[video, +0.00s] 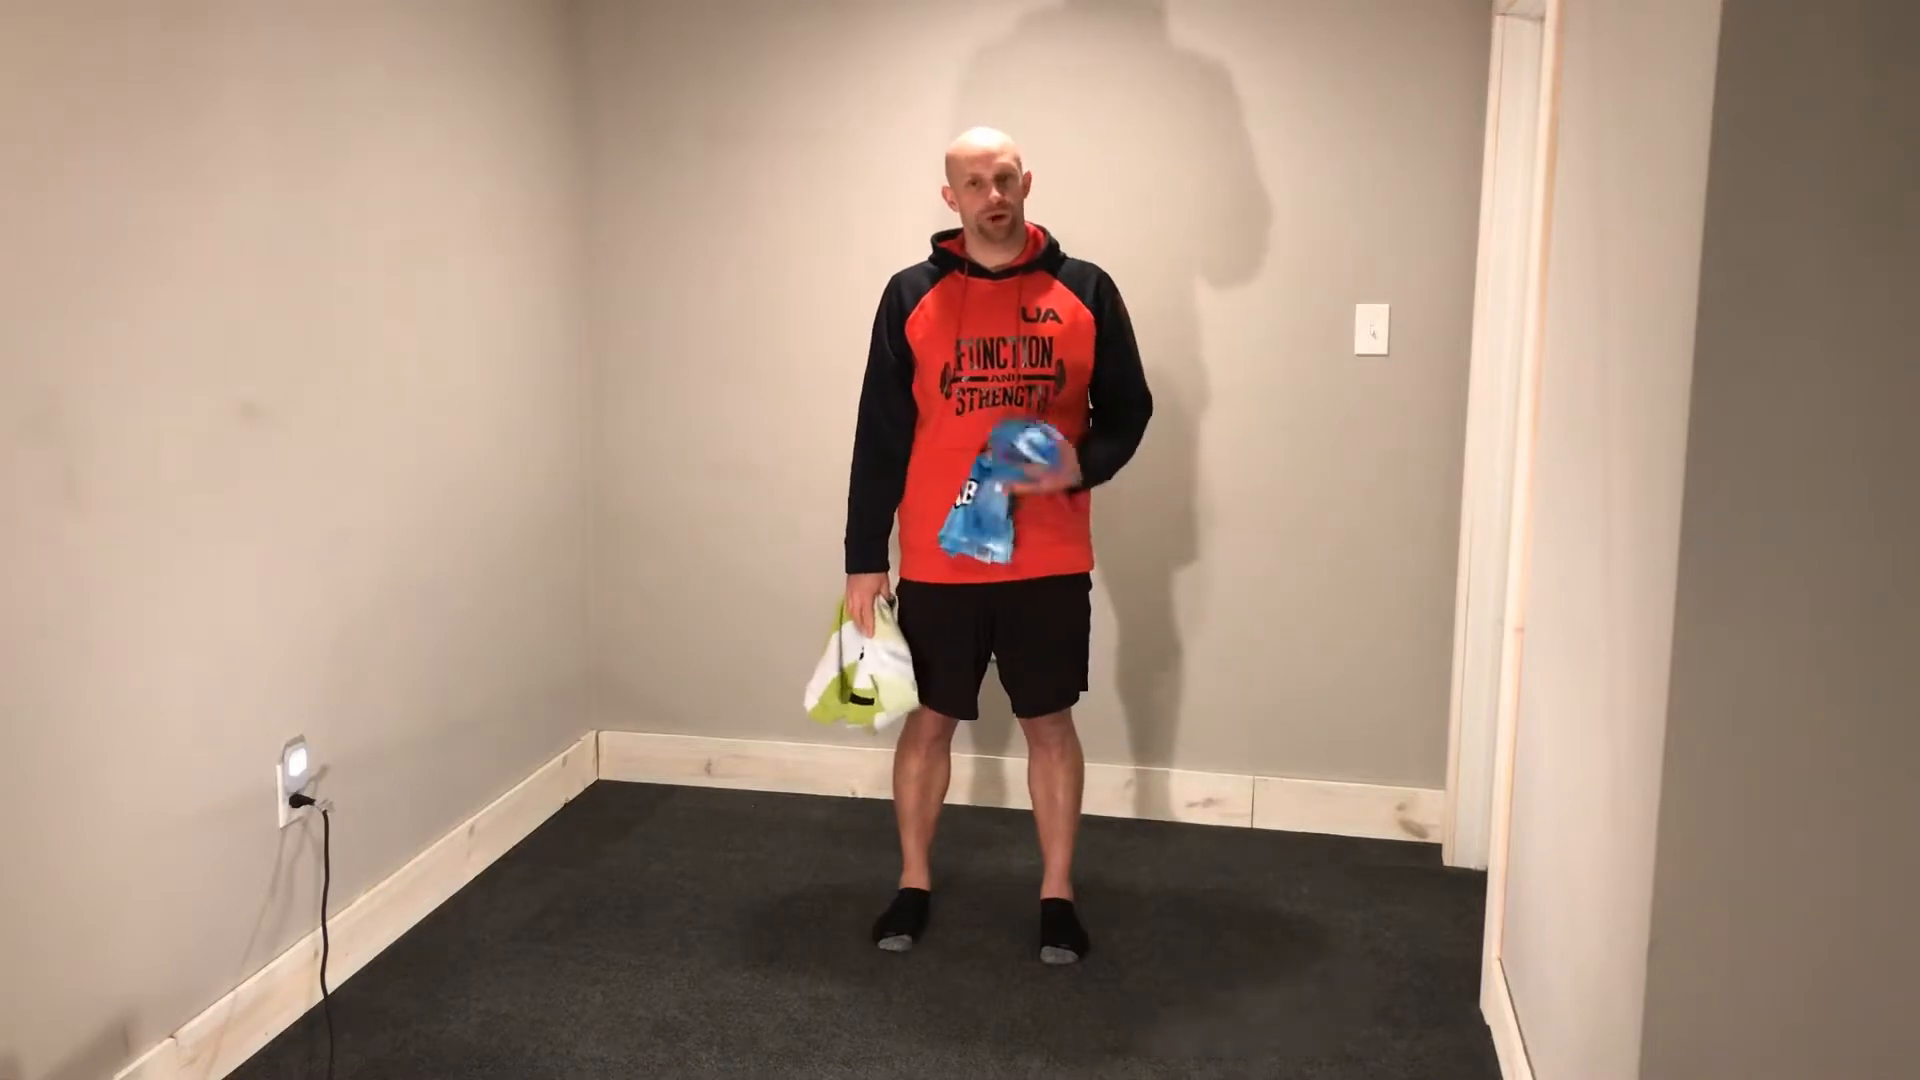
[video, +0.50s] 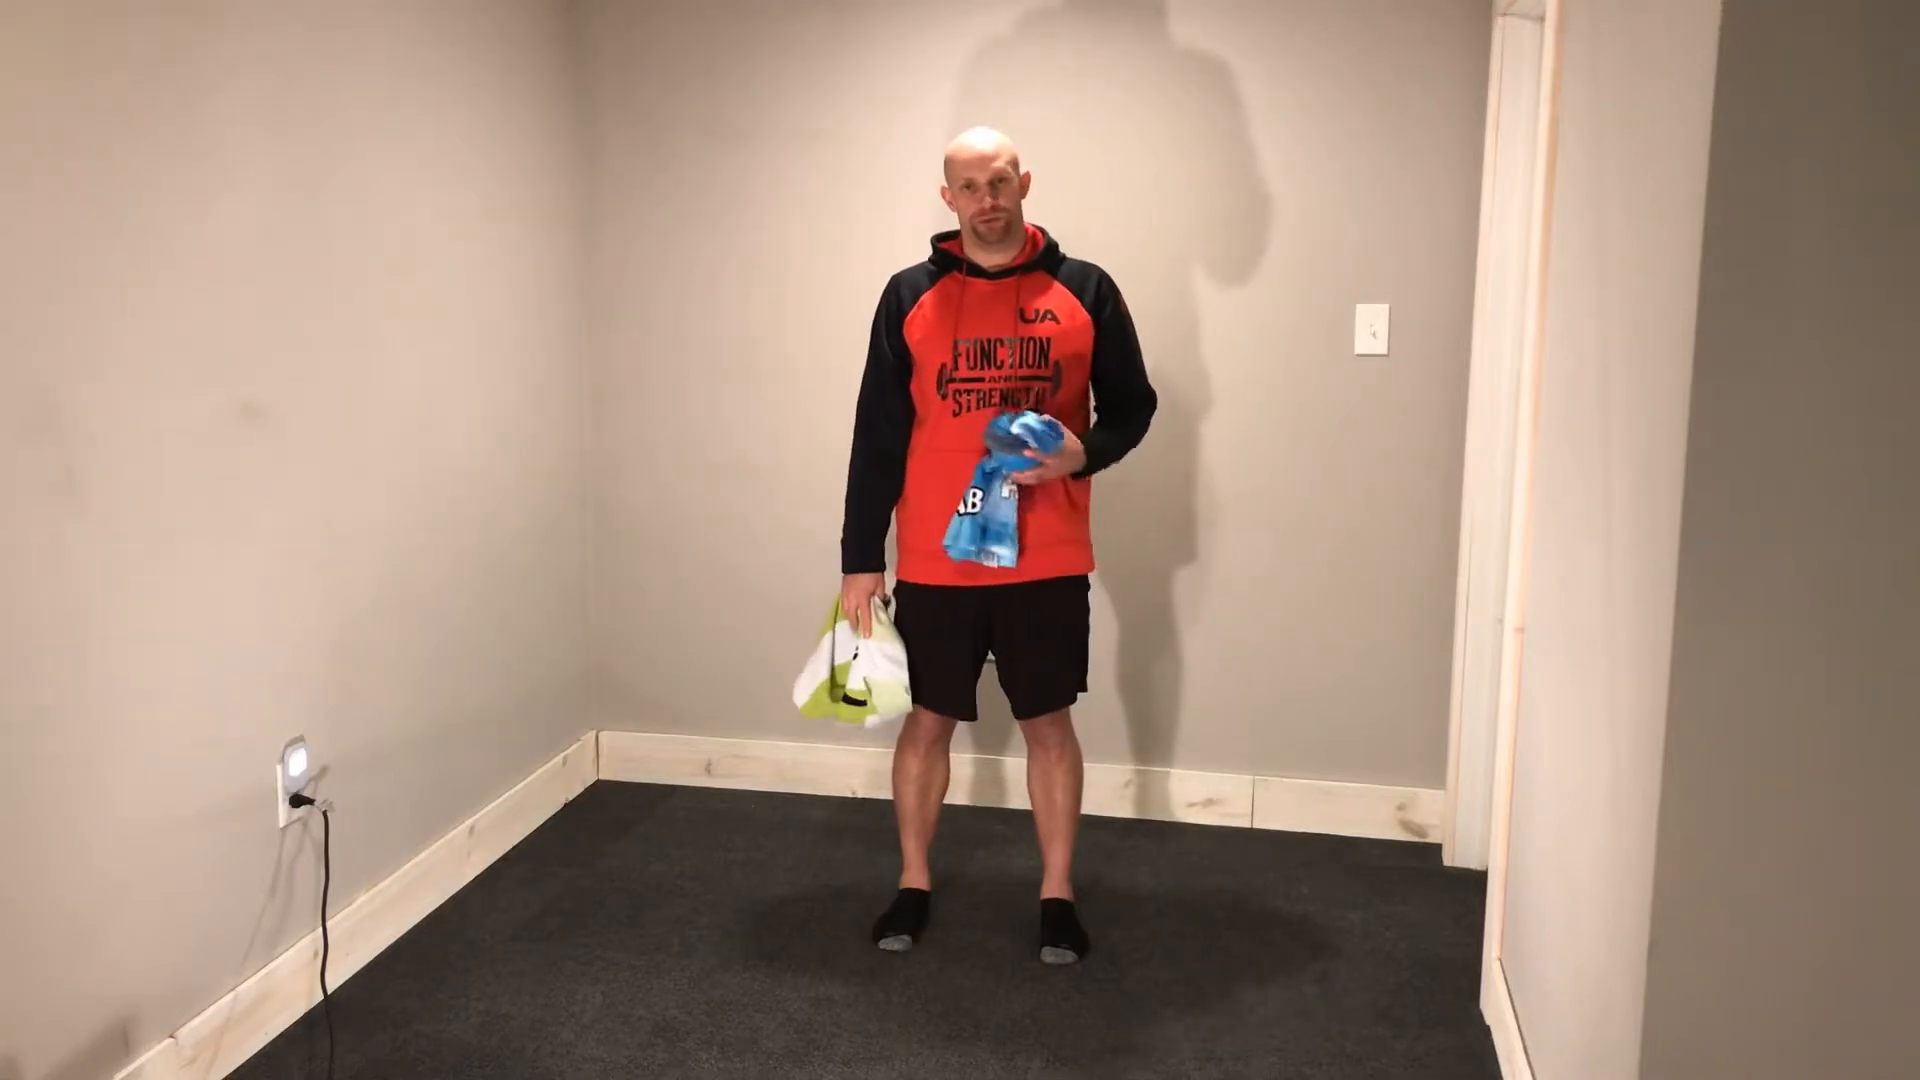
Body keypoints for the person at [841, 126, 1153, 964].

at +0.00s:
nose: (994, 194)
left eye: (1005, 179)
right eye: (977, 182)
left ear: (1027, 185)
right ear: (950, 196)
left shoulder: (1085, 290)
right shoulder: (911, 296)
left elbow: (1127, 410)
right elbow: (880, 434)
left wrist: (1078, 469)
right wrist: (864, 559)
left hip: (1044, 553)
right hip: (939, 556)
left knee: (1048, 723)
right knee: (928, 720)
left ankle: (1057, 896)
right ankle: (912, 886)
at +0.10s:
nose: (994, 195)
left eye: (1006, 179)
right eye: (977, 183)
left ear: (1028, 186)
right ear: (951, 195)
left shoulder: (1086, 290)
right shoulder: (912, 296)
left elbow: (1132, 406)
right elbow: (880, 433)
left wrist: (1080, 448)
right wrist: (864, 558)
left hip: (1045, 554)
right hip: (940, 556)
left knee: (1049, 721)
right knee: (930, 718)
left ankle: (1057, 895)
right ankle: (912, 887)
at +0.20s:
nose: (990, 198)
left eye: (1003, 182)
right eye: (973, 184)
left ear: (1028, 186)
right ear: (951, 193)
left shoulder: (1086, 290)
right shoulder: (911, 296)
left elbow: (1138, 402)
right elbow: (880, 432)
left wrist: (1085, 440)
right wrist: (863, 558)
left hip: (1044, 554)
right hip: (940, 557)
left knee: (1048, 722)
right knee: (930, 717)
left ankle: (1057, 895)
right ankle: (912, 886)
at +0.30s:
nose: (988, 199)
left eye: (1000, 183)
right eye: (971, 185)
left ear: (1027, 186)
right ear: (949, 194)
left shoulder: (1086, 290)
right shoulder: (911, 296)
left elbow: (1137, 402)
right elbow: (879, 433)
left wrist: (1083, 443)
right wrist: (862, 557)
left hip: (1044, 554)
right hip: (940, 556)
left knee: (1047, 722)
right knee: (929, 717)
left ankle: (1057, 896)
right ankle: (912, 887)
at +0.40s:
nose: (985, 200)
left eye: (997, 183)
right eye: (968, 187)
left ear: (1025, 184)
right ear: (948, 196)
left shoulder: (1085, 291)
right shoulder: (910, 297)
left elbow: (1134, 402)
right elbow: (879, 433)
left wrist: (1085, 448)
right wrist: (861, 557)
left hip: (1043, 555)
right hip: (938, 558)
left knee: (1047, 722)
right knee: (928, 720)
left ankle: (1057, 895)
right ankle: (912, 887)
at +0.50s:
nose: (982, 201)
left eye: (996, 184)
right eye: (965, 187)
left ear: (1025, 184)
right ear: (946, 196)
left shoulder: (1085, 291)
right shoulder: (910, 297)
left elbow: (1133, 404)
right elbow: (878, 433)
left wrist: (1082, 455)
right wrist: (861, 557)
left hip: (1042, 556)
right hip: (937, 559)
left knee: (1047, 722)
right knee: (928, 721)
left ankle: (1057, 896)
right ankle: (912, 887)